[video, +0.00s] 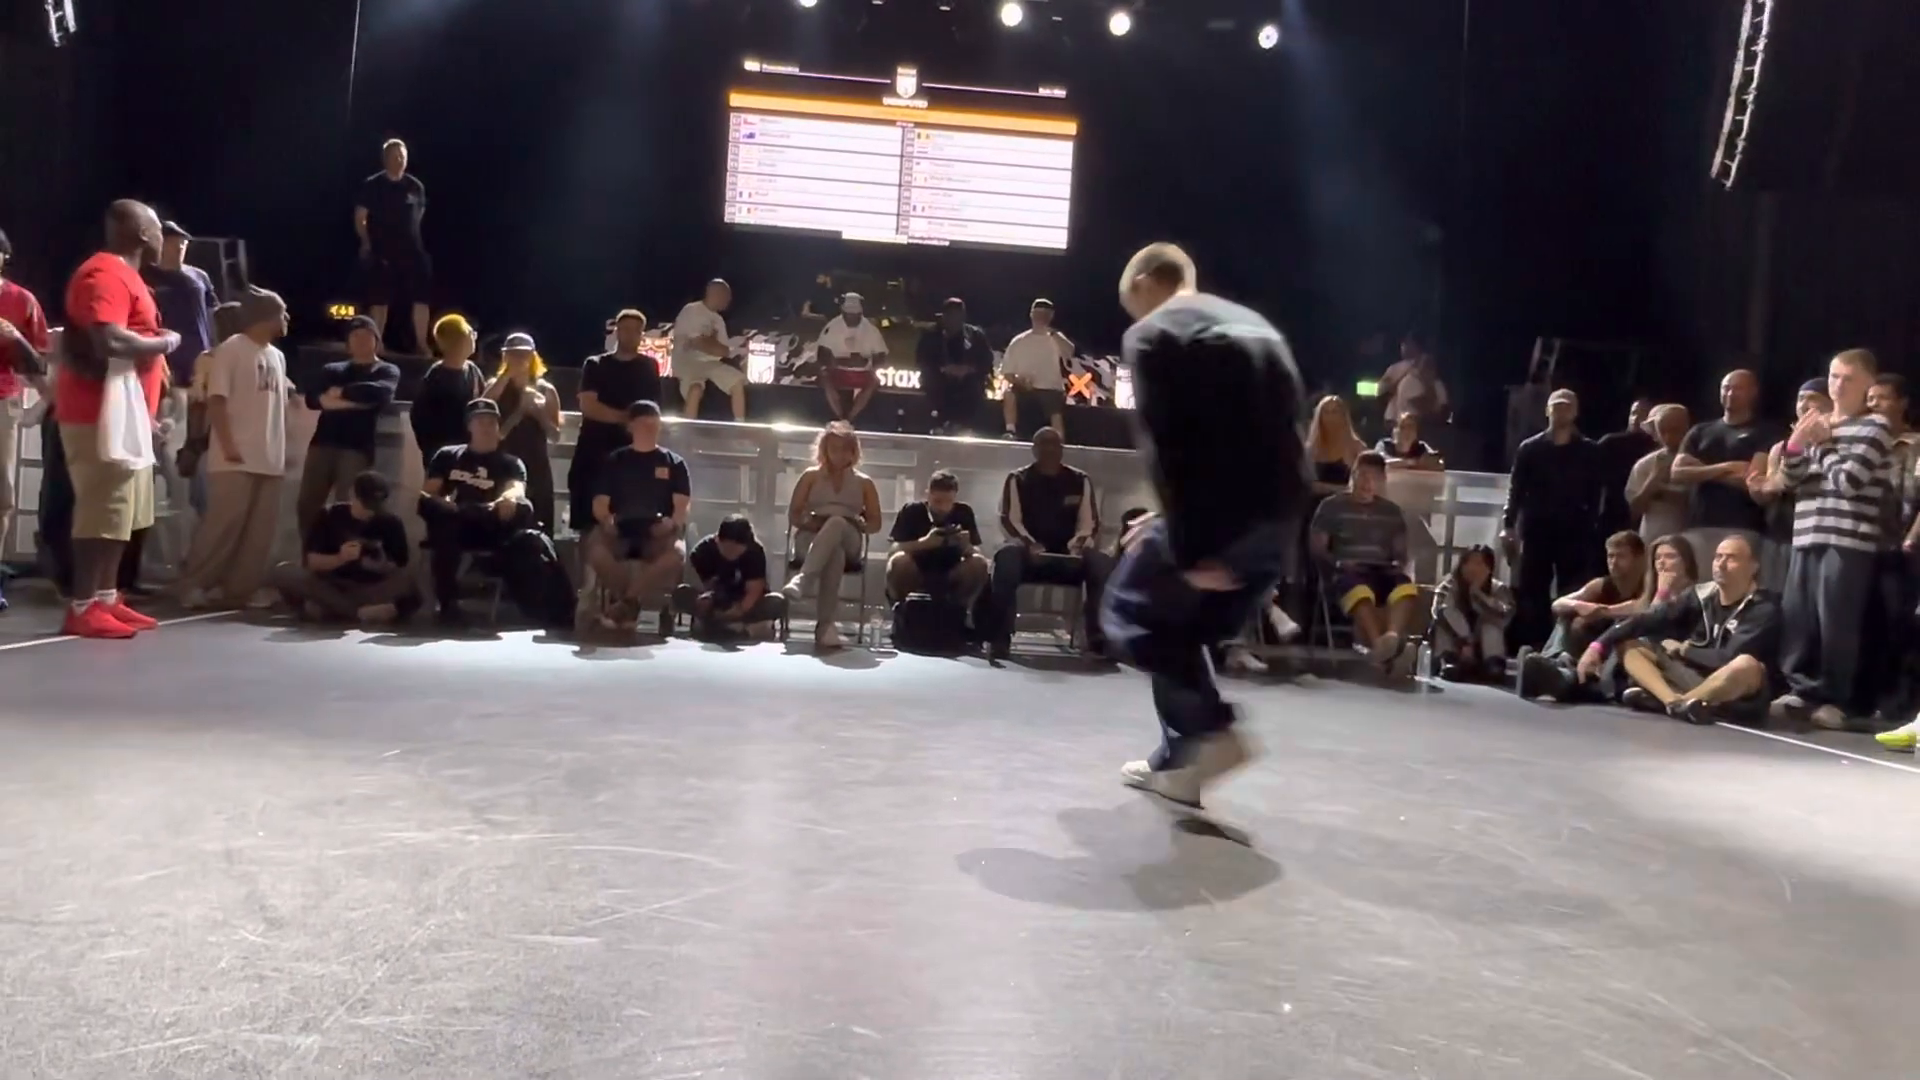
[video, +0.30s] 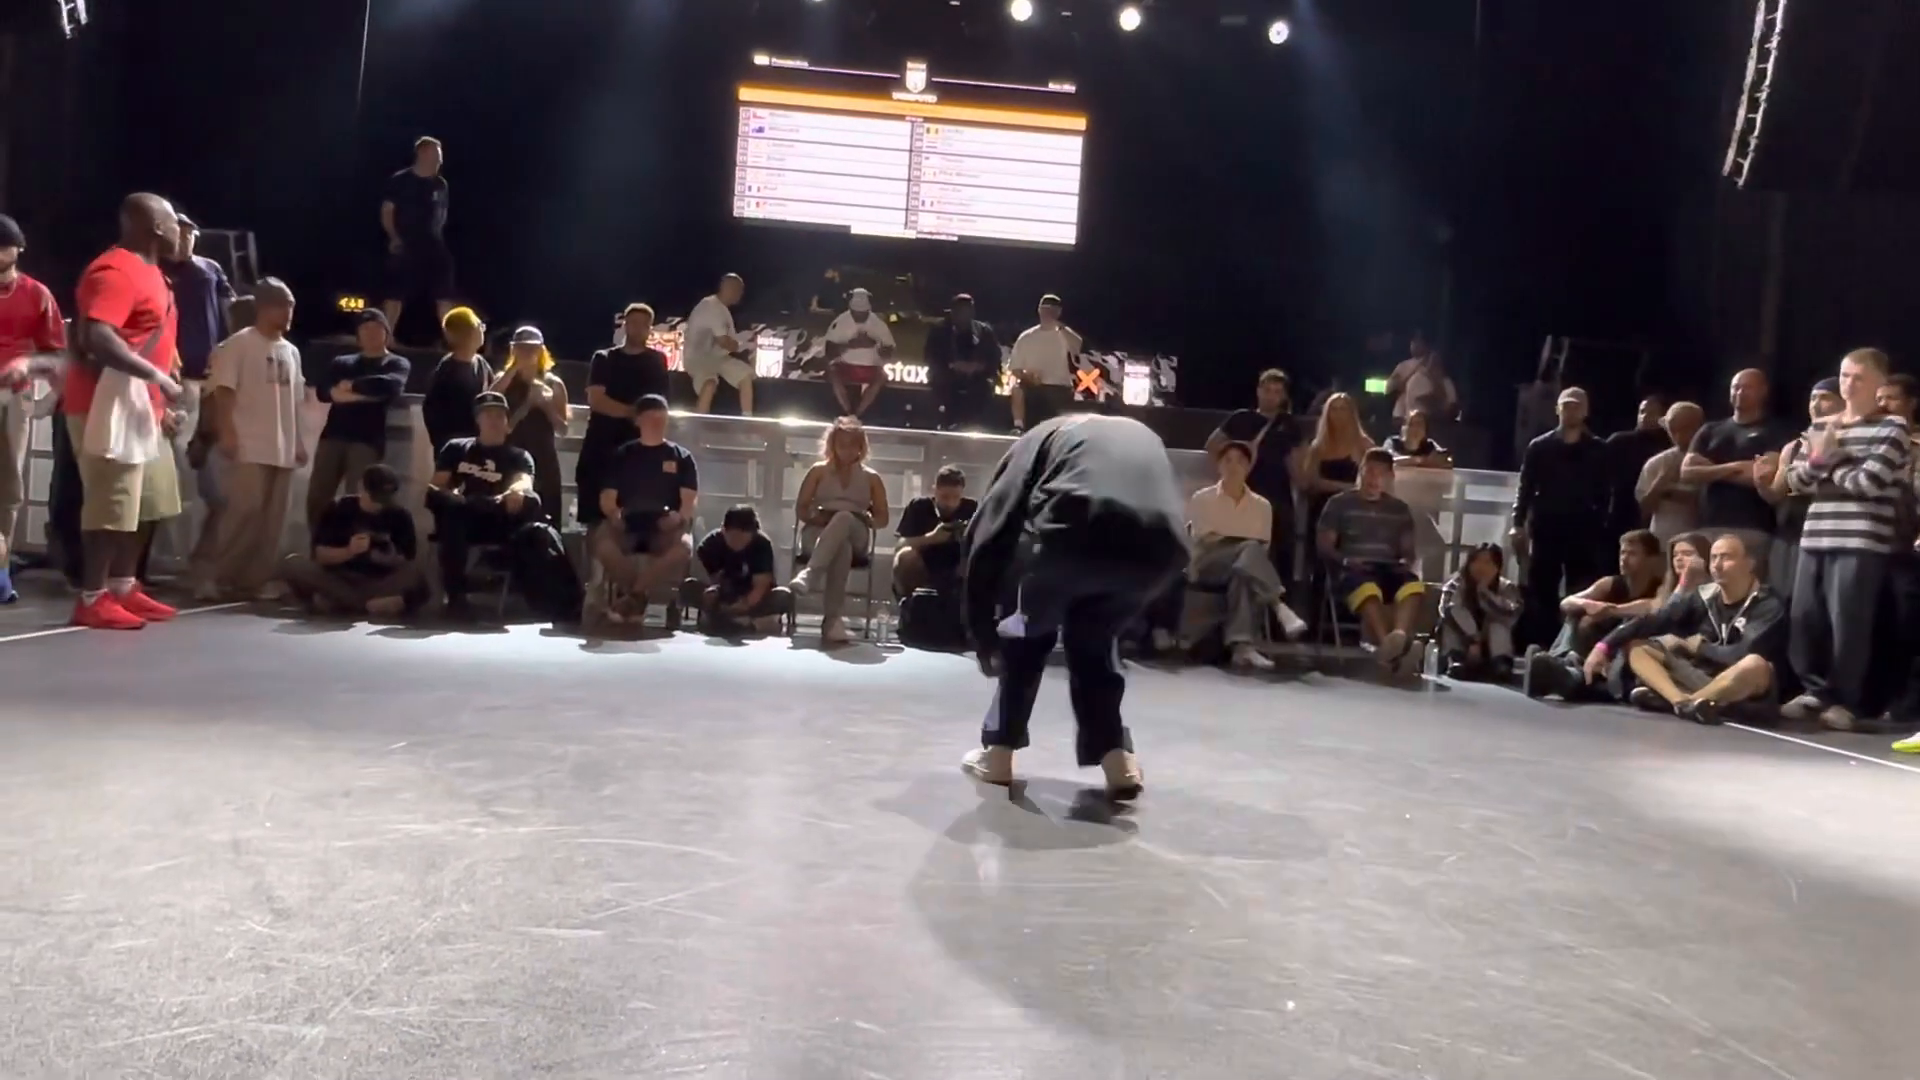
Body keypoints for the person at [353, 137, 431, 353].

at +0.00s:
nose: (399, 161)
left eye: (402, 156)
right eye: (394, 156)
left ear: (406, 159)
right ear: (385, 159)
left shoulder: (416, 187)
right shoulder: (371, 186)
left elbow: (418, 215)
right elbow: (360, 217)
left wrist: (409, 236)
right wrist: (367, 243)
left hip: (411, 251)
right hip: (382, 250)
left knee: (421, 299)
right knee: (379, 300)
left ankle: (422, 345)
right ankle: (376, 345)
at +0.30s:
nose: (440, 158)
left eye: (440, 153)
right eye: (435, 152)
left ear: (440, 157)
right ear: (422, 154)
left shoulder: (441, 184)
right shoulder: (400, 180)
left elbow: (442, 213)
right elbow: (387, 210)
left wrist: (435, 233)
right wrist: (393, 237)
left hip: (434, 244)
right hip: (406, 243)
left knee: (444, 295)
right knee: (395, 296)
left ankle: (453, 342)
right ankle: (385, 340)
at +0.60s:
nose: (491, 171)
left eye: (493, 166)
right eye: (489, 165)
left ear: (490, 166)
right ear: (477, 162)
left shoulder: (482, 192)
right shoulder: (454, 181)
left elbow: (475, 221)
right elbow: (430, 207)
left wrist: (473, 243)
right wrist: (427, 235)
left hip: (468, 249)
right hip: (443, 246)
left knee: (466, 296)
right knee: (423, 291)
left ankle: (461, 341)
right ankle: (400, 333)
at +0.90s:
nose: (535, 171)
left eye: (536, 166)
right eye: (532, 165)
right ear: (521, 164)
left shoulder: (522, 192)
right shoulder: (502, 183)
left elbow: (518, 227)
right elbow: (476, 204)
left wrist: (521, 253)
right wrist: (468, 230)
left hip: (511, 253)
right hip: (494, 250)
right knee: (495, 300)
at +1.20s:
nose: (582, 173)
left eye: (584, 168)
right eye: (579, 167)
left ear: (581, 170)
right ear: (567, 167)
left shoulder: (568, 193)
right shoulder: (554, 189)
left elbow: (571, 230)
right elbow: (532, 214)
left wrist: (582, 250)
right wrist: (527, 242)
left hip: (562, 250)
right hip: (551, 249)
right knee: (567, 295)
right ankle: (569, 338)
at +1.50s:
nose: (639, 172)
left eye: (640, 167)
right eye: (637, 166)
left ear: (636, 168)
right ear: (623, 165)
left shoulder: (623, 190)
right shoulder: (608, 185)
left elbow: (620, 221)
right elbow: (595, 214)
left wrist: (622, 243)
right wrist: (608, 242)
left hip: (622, 250)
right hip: (603, 249)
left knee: (624, 294)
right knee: (589, 292)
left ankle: (623, 336)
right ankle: (577, 334)